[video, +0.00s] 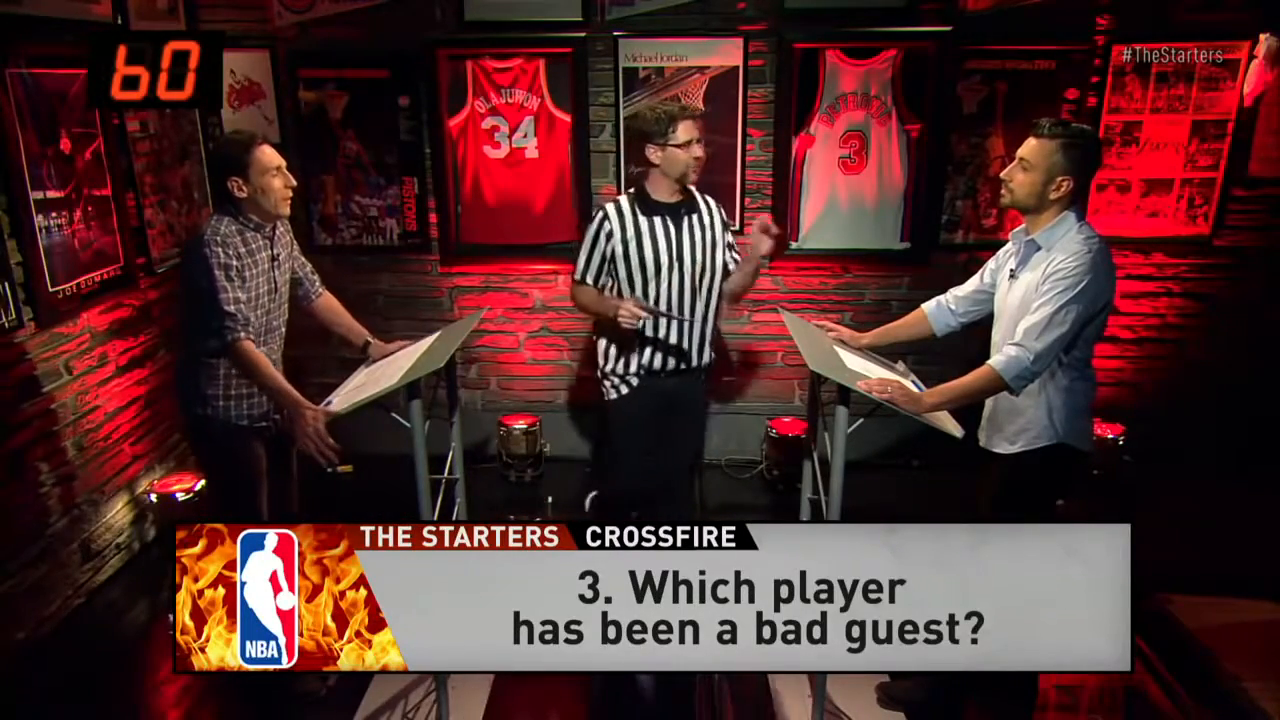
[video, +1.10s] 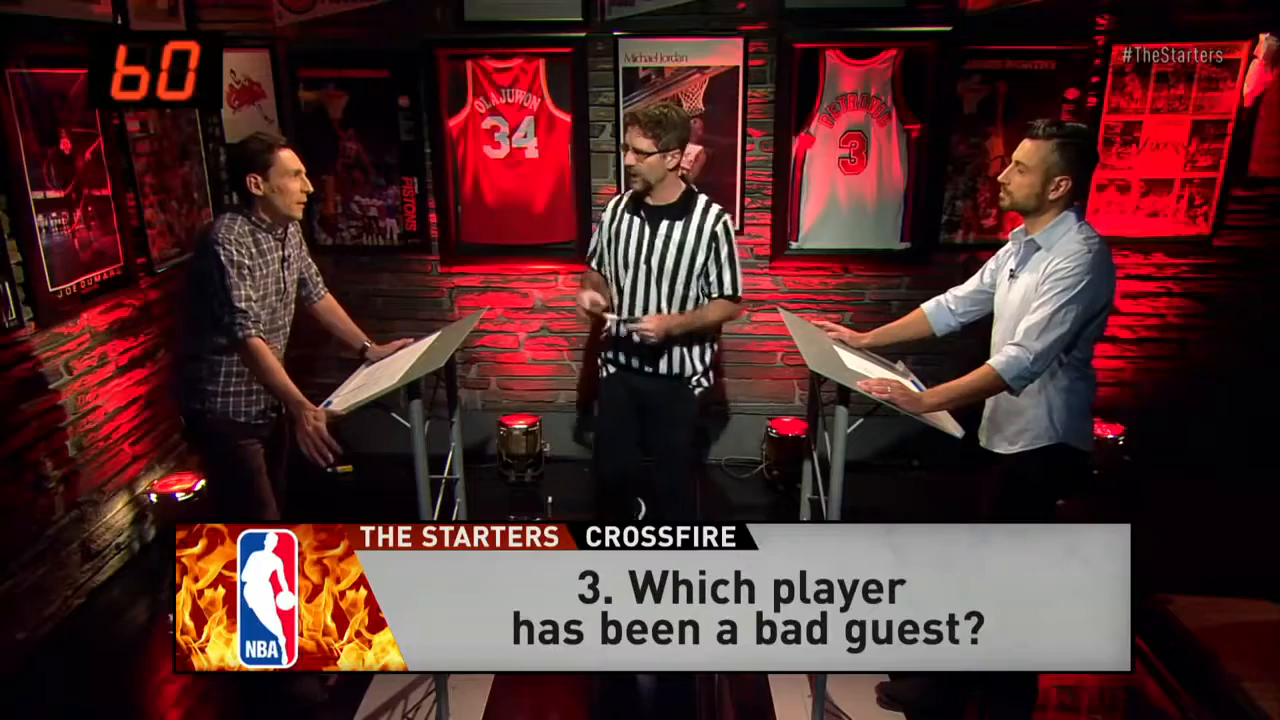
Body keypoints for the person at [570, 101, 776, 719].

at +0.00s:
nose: (701, 152)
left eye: (701, 142)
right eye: (690, 145)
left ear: (689, 149)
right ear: (654, 153)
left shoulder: (711, 214)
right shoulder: (615, 218)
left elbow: (725, 293)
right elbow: (581, 288)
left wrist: (754, 259)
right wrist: (610, 305)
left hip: (688, 383)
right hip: (631, 385)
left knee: (677, 504)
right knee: (625, 503)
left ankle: (671, 596)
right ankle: (617, 596)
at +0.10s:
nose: (703, 152)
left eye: (703, 143)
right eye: (693, 145)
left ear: (689, 154)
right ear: (657, 154)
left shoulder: (709, 212)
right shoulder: (617, 219)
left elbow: (727, 286)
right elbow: (584, 293)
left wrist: (775, 260)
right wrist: (623, 308)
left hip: (691, 384)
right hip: (633, 388)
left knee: (679, 505)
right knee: (632, 504)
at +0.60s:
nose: (649, 162)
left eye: (661, 152)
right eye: (644, 151)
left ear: (694, 156)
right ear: (639, 153)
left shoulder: (722, 216)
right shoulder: (619, 212)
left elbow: (733, 287)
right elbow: (586, 285)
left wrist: (716, 311)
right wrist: (619, 308)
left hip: (690, 381)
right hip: (628, 380)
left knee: (679, 487)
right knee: (631, 486)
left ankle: (674, 575)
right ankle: (620, 570)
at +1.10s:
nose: (628, 161)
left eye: (640, 153)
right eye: (627, 150)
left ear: (675, 158)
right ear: (625, 149)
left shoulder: (712, 221)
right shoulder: (616, 211)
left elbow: (728, 305)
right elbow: (598, 279)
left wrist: (673, 324)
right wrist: (593, 297)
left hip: (681, 385)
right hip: (619, 379)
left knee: (675, 494)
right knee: (611, 489)